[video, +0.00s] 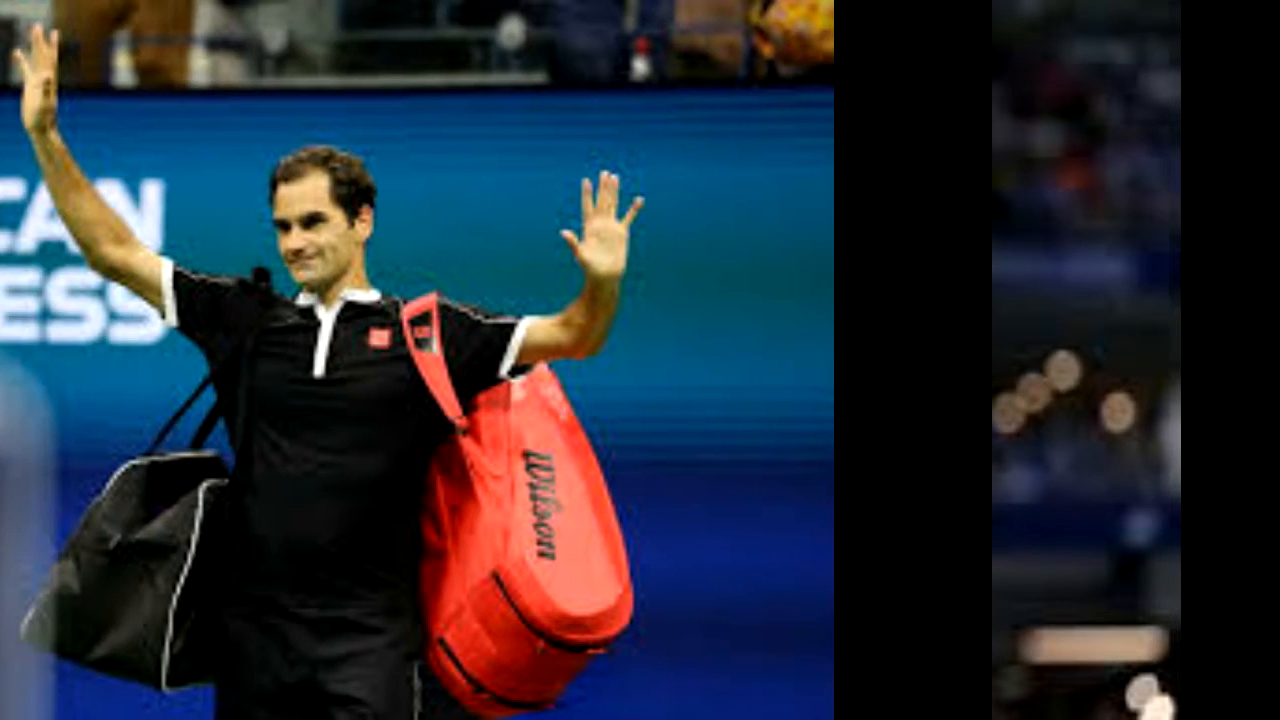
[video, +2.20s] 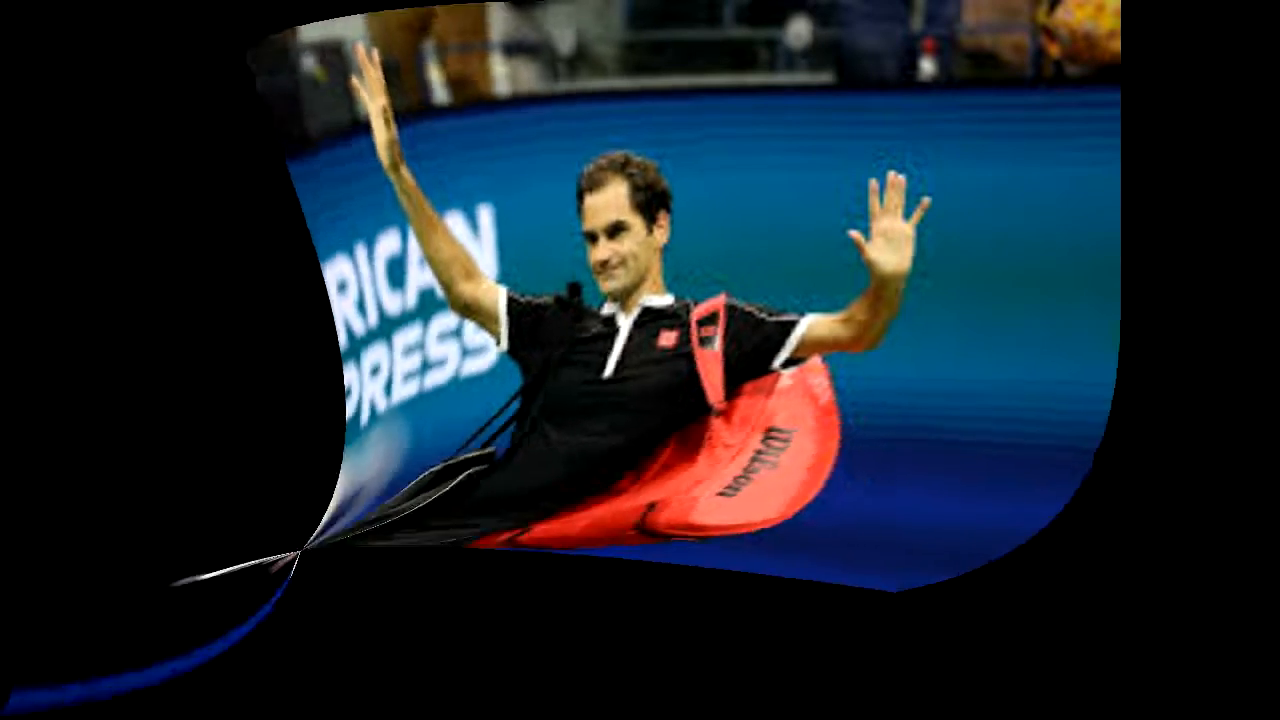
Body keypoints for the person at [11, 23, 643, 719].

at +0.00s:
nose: (294, 241)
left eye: (312, 224)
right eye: (283, 228)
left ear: (360, 224)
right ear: (273, 235)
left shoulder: (429, 329)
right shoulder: (242, 317)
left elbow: (574, 336)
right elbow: (111, 251)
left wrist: (603, 284)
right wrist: (42, 133)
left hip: (370, 626)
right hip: (256, 624)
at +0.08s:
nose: (347, 242)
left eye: (365, 224)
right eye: (336, 228)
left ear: (413, 225)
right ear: (327, 235)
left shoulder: (482, 329)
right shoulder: (295, 317)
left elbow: (628, 336)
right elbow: (164, 251)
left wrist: (656, 284)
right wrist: (95, 133)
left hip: (424, 627)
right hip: (310, 624)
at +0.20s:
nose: (425, 242)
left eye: (443, 224)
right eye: (414, 228)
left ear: (491, 225)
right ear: (404, 235)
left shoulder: (559, 329)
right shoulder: (372, 317)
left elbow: (705, 336)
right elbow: (242, 251)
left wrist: (734, 284)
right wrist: (173, 133)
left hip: (502, 628)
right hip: (387, 625)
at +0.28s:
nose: (477, 242)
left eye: (495, 224)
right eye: (466, 228)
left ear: (543, 225)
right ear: (456, 235)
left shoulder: (611, 329)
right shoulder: (424, 317)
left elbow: (757, 336)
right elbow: (294, 251)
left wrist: (786, 284)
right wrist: (225, 133)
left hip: (553, 628)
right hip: (439, 625)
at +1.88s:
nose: (581, 241)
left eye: (599, 223)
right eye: (570, 227)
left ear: (648, 223)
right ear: (561, 234)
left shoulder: (716, 331)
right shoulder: (531, 317)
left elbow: (859, 336)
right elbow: (399, 251)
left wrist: (890, 286)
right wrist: (330, 137)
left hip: (646, 624)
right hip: (530, 615)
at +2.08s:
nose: (583, 243)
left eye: (600, 225)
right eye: (571, 229)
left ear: (649, 224)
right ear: (562, 237)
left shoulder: (713, 330)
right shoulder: (537, 314)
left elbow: (862, 338)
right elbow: (418, 261)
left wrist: (890, 282)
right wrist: (338, 140)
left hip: (571, 576)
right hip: (472, 551)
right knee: (349, 606)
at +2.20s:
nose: (600, 253)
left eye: (615, 233)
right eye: (589, 238)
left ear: (659, 229)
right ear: (581, 243)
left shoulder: (713, 327)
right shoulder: (556, 324)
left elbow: (853, 332)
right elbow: (464, 287)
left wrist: (886, 285)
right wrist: (396, 171)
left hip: (523, 523)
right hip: (462, 487)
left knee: (352, 553)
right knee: (321, 553)